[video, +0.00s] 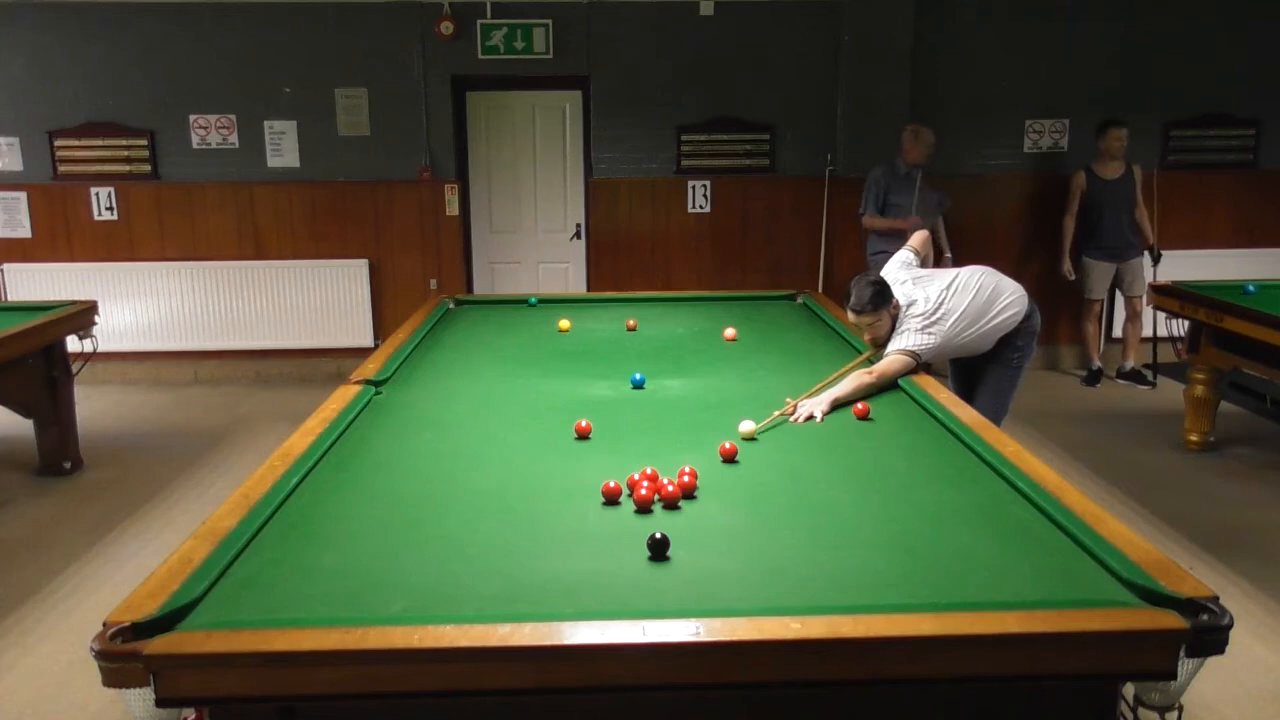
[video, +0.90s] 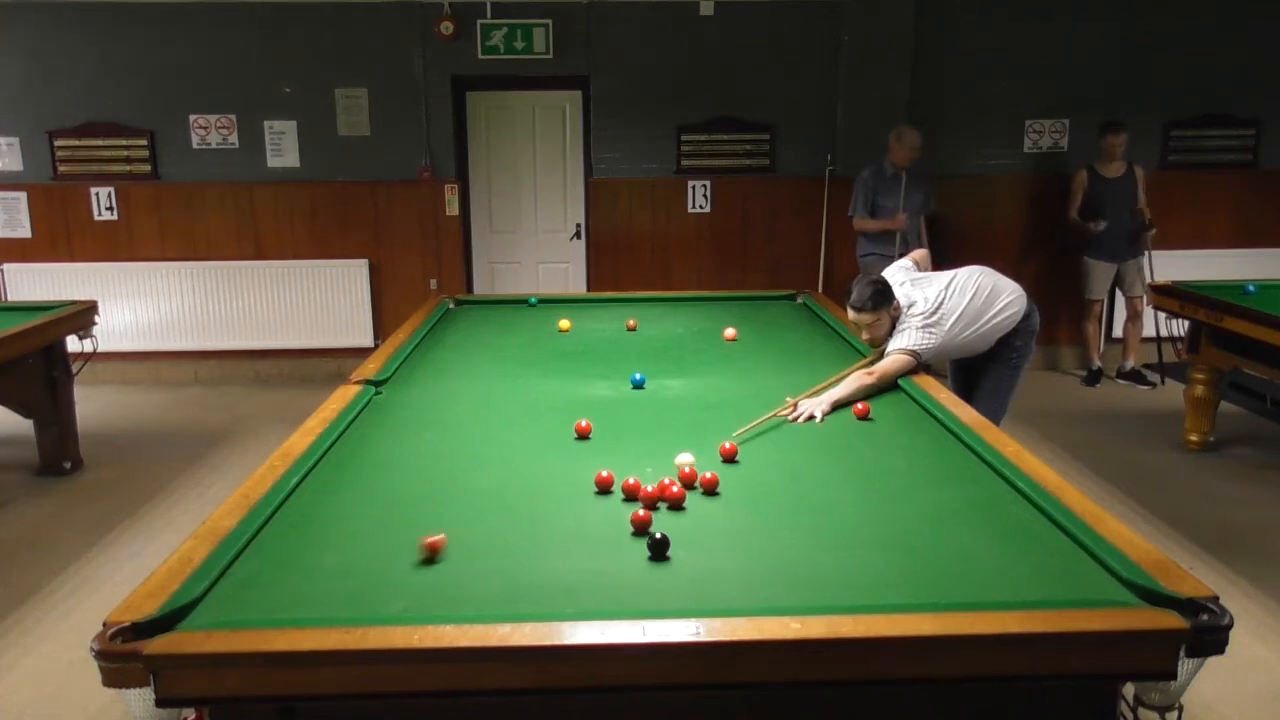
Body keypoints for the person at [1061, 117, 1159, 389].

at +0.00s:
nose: (1121, 144)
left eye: (1124, 139)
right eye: (1116, 139)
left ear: (1127, 142)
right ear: (1101, 142)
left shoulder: (1133, 171)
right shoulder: (1083, 176)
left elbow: (1139, 209)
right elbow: (1070, 217)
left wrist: (1151, 242)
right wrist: (1066, 256)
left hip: (1130, 253)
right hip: (1096, 254)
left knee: (1135, 310)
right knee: (1093, 310)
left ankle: (1127, 366)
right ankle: (1094, 365)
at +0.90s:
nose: (1117, 151)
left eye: (1121, 145)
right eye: (1113, 145)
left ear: (1126, 145)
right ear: (1102, 144)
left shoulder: (1134, 172)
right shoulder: (1085, 175)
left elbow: (1141, 207)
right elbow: (1072, 214)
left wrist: (1147, 226)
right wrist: (1086, 227)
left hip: (1130, 252)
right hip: (1098, 253)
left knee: (1136, 310)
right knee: (1094, 311)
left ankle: (1128, 366)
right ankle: (1094, 365)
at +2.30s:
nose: (1116, 148)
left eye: (1121, 143)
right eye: (1112, 142)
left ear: (1126, 143)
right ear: (1102, 142)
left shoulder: (1135, 172)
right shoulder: (1086, 174)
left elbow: (1146, 213)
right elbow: (1081, 215)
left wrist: (1134, 194)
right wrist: (1105, 192)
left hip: (1130, 251)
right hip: (1098, 251)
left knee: (1135, 310)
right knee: (1093, 310)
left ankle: (1128, 366)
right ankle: (1094, 364)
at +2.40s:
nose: (1116, 148)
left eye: (1121, 143)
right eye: (1112, 142)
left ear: (1126, 143)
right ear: (1102, 142)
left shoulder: (1135, 172)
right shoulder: (1086, 174)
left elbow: (1146, 213)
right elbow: (1081, 215)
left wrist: (1134, 194)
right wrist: (1104, 193)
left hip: (1130, 251)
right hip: (1098, 251)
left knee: (1135, 310)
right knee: (1093, 309)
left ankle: (1128, 366)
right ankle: (1094, 364)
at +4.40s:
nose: (1124, 145)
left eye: (1127, 140)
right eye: (1118, 140)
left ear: (1130, 142)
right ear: (1104, 141)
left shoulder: (1136, 171)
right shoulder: (1089, 173)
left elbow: (1146, 211)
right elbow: (1081, 214)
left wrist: (1130, 196)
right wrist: (1105, 192)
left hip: (1131, 250)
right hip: (1099, 250)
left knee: (1135, 309)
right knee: (1093, 309)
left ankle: (1128, 366)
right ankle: (1094, 364)